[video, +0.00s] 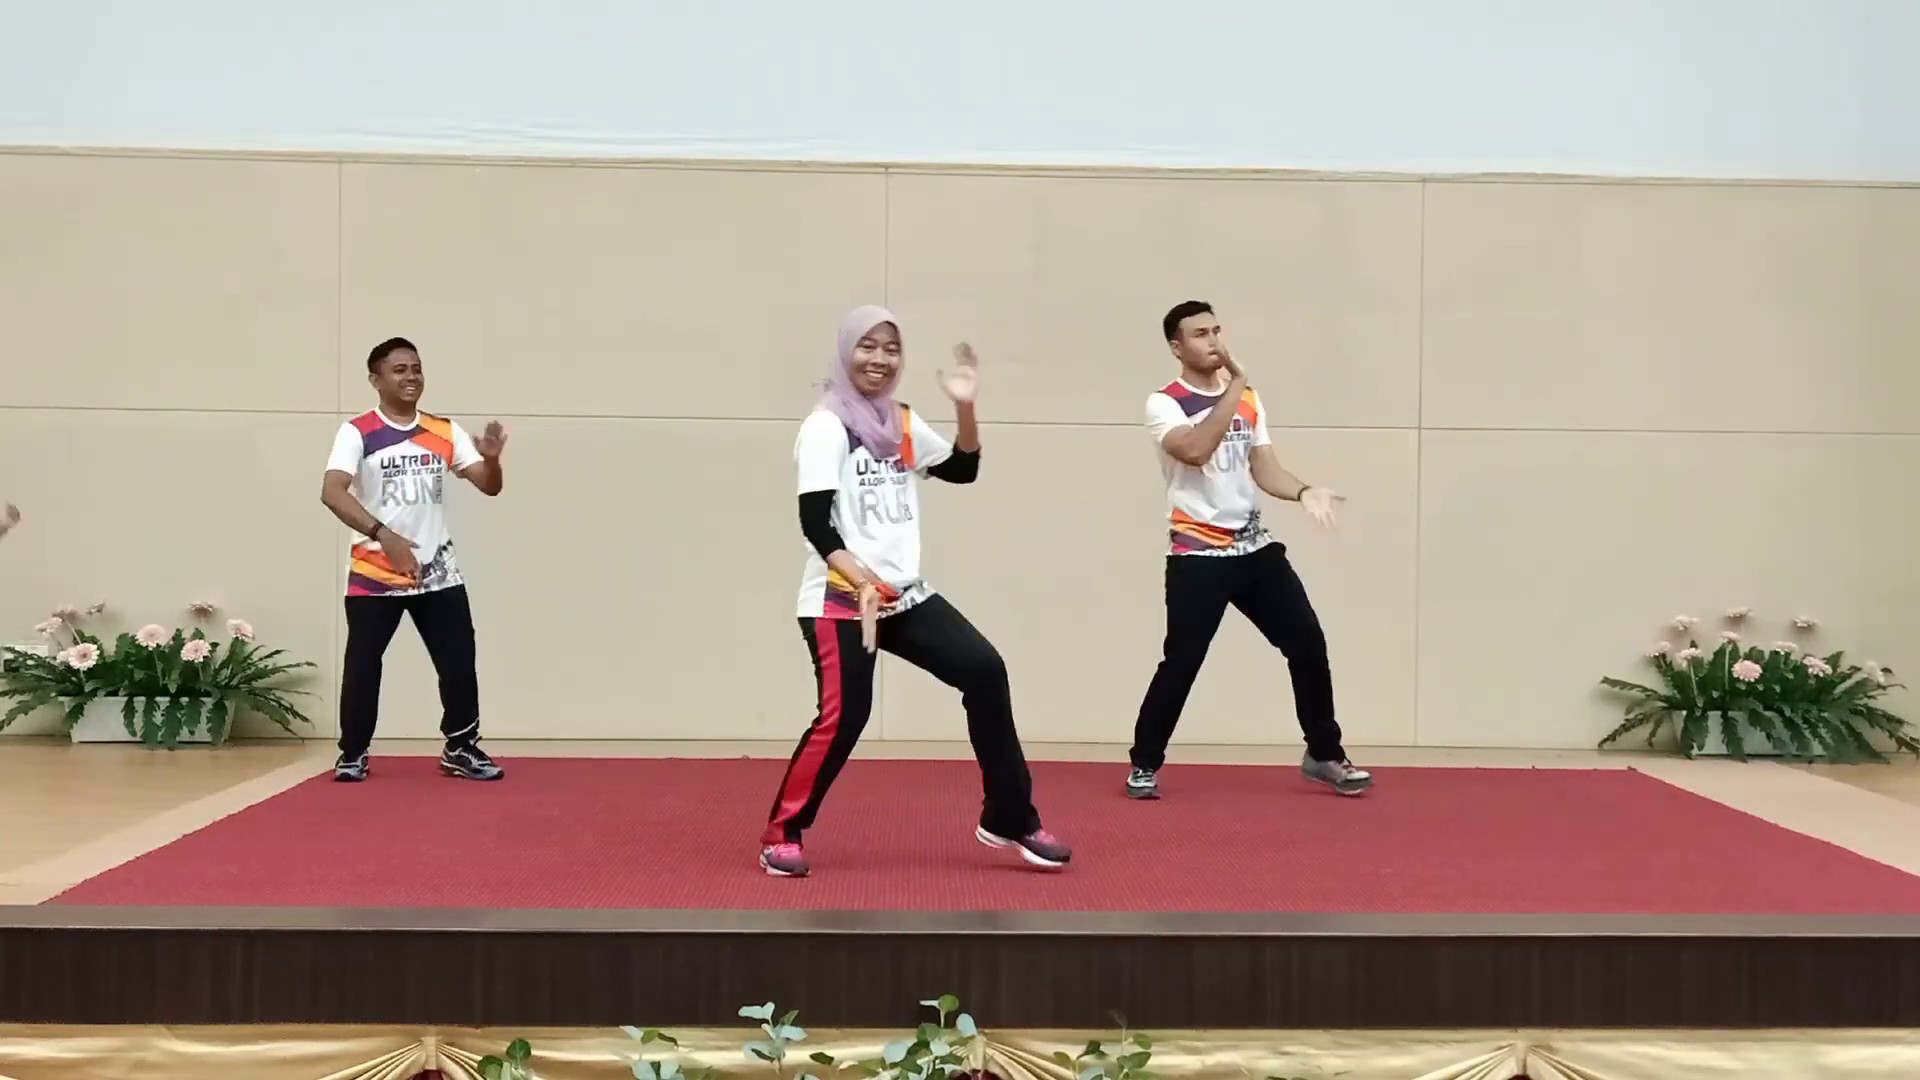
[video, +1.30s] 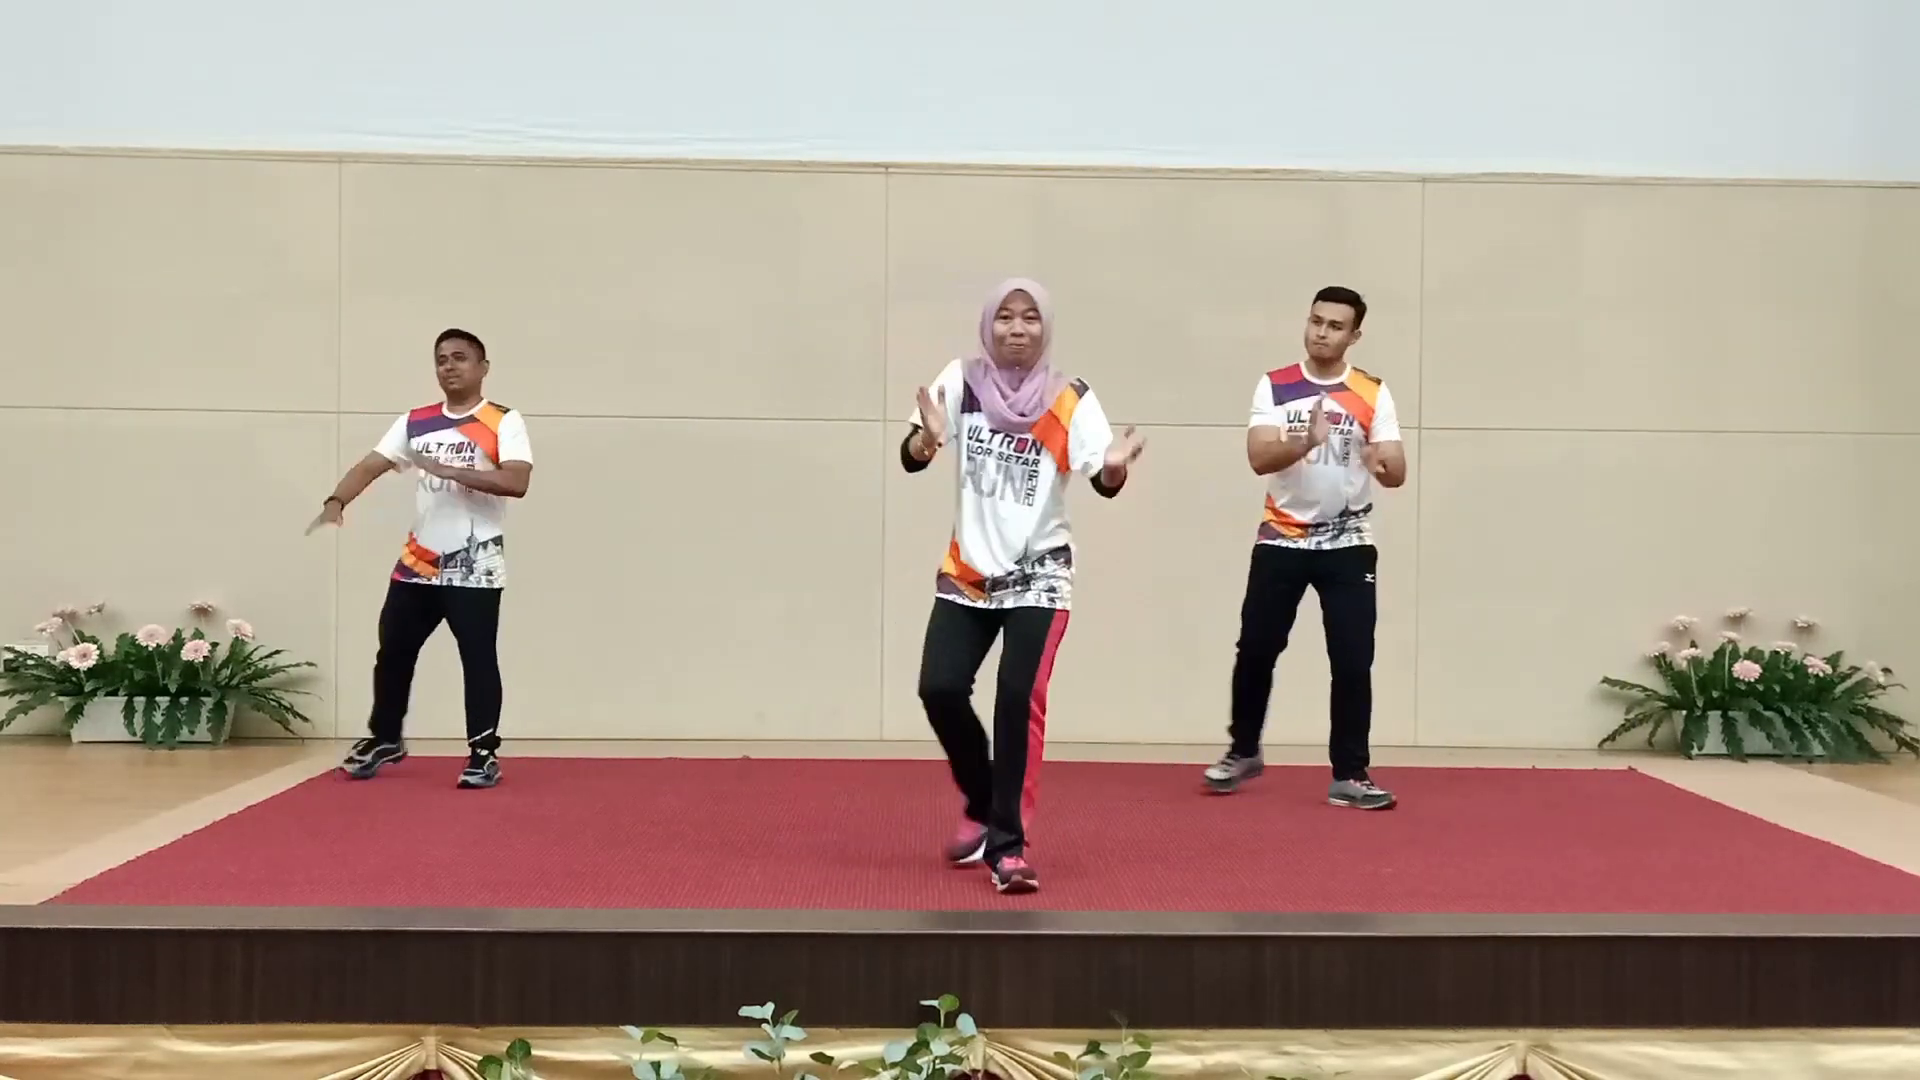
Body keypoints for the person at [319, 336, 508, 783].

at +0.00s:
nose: (411, 377)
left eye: (416, 369)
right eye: (400, 370)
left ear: (423, 376)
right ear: (376, 379)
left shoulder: (445, 431)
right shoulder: (357, 432)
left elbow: (490, 487)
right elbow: (333, 493)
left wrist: (491, 459)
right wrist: (383, 534)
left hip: (437, 574)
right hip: (376, 576)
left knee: (459, 662)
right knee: (361, 667)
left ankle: (461, 748)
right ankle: (353, 755)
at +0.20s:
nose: (389, 375)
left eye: (393, 368)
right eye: (377, 368)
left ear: (398, 374)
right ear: (351, 375)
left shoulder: (417, 427)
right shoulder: (332, 426)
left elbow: (461, 488)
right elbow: (324, 477)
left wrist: (440, 468)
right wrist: (379, 477)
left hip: (418, 555)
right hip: (360, 567)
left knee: (466, 612)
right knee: (353, 668)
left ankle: (453, 711)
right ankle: (352, 756)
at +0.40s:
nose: (378, 378)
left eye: (381, 371)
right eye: (366, 371)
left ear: (386, 375)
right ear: (339, 376)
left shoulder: (403, 428)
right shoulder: (319, 432)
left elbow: (428, 484)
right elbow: (321, 490)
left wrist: (435, 508)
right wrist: (371, 455)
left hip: (413, 556)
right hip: (357, 569)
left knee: (459, 613)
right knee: (355, 667)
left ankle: (460, 715)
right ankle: (353, 755)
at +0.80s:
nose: (375, 364)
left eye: (383, 357)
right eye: (364, 355)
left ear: (390, 365)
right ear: (343, 363)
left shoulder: (408, 415)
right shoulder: (322, 415)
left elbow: (452, 462)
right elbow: (322, 470)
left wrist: (472, 485)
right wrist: (382, 433)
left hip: (416, 547)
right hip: (358, 558)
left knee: (453, 614)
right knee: (353, 661)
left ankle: (466, 710)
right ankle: (350, 751)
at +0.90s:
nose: (385, 357)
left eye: (394, 351)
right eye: (375, 349)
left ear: (406, 360)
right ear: (357, 358)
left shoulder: (428, 413)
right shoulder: (334, 408)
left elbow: (480, 462)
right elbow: (323, 469)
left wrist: (483, 446)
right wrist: (387, 471)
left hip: (423, 544)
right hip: (363, 551)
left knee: (457, 618)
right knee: (352, 654)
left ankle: (475, 709)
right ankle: (348, 749)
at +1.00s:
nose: (402, 364)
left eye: (411, 358)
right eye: (392, 358)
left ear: (426, 370)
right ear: (378, 367)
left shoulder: (446, 424)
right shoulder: (353, 420)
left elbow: (494, 475)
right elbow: (329, 487)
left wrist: (476, 428)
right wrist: (379, 528)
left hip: (435, 564)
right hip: (372, 566)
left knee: (457, 643)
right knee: (356, 661)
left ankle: (487, 739)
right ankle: (350, 750)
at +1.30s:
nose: (449, 366)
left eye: (460, 358)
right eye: (442, 360)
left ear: (483, 367)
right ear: (435, 370)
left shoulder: (504, 422)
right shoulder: (414, 423)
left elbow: (516, 483)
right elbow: (368, 467)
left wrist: (453, 474)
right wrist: (337, 499)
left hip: (475, 567)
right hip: (419, 564)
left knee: (478, 661)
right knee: (393, 652)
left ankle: (483, 753)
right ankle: (385, 740)